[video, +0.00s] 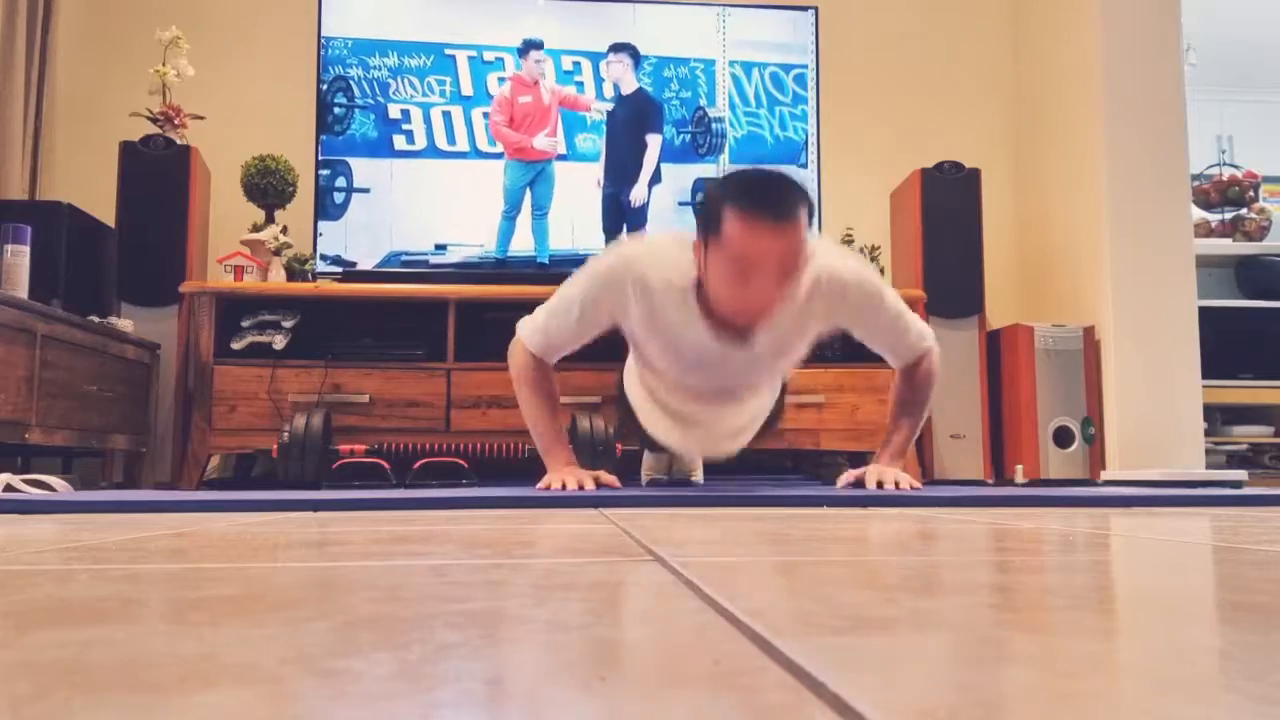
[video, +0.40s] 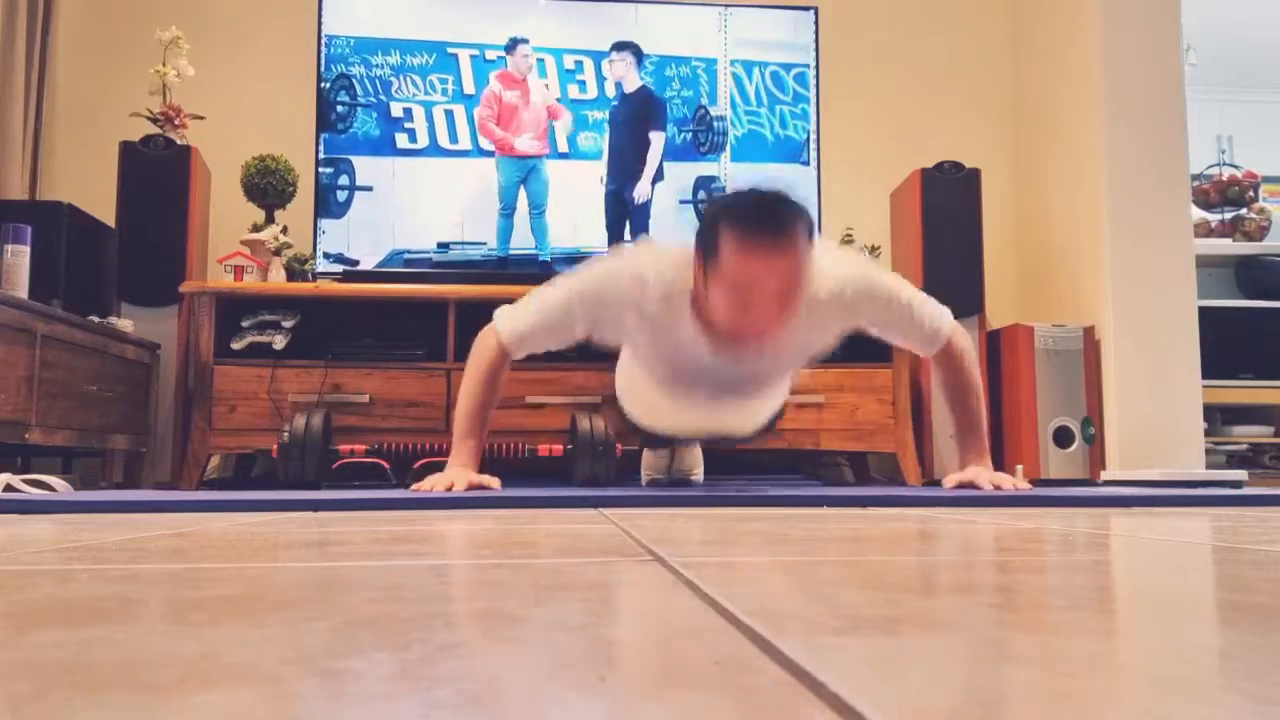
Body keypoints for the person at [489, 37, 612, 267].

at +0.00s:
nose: (542, 66)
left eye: (543, 61)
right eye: (537, 62)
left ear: (544, 61)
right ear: (523, 62)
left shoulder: (549, 89)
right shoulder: (507, 92)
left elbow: (572, 99)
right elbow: (498, 129)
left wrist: (593, 104)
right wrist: (532, 142)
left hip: (545, 163)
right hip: (518, 163)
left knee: (541, 213)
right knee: (510, 212)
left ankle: (543, 260)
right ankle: (500, 258)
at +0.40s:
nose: (531, 61)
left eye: (531, 56)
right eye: (525, 56)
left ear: (532, 57)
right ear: (510, 58)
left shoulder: (537, 86)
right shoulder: (496, 88)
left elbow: (553, 108)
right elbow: (484, 123)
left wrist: (563, 115)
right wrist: (512, 142)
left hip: (537, 159)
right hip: (510, 159)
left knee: (539, 210)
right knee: (507, 209)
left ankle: (544, 257)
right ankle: (503, 256)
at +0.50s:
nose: (527, 60)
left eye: (528, 55)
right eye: (522, 55)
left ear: (529, 57)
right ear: (507, 58)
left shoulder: (534, 86)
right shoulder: (494, 88)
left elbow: (551, 112)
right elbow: (479, 121)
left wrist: (554, 121)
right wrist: (507, 142)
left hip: (536, 159)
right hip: (508, 159)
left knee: (538, 210)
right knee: (506, 210)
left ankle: (545, 258)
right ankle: (503, 256)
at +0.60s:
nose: (526, 59)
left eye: (526, 54)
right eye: (520, 55)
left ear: (527, 56)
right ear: (506, 58)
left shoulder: (533, 86)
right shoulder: (493, 87)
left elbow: (550, 114)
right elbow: (477, 120)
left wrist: (551, 118)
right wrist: (504, 139)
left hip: (536, 158)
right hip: (508, 159)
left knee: (537, 210)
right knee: (507, 210)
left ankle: (546, 258)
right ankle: (503, 257)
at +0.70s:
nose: (526, 58)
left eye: (527, 54)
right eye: (520, 55)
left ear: (528, 55)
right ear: (506, 58)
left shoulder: (534, 86)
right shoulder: (493, 87)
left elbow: (549, 114)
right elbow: (478, 119)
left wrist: (552, 115)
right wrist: (506, 137)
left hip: (536, 157)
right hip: (508, 158)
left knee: (538, 209)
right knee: (507, 209)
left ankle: (546, 257)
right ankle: (504, 256)